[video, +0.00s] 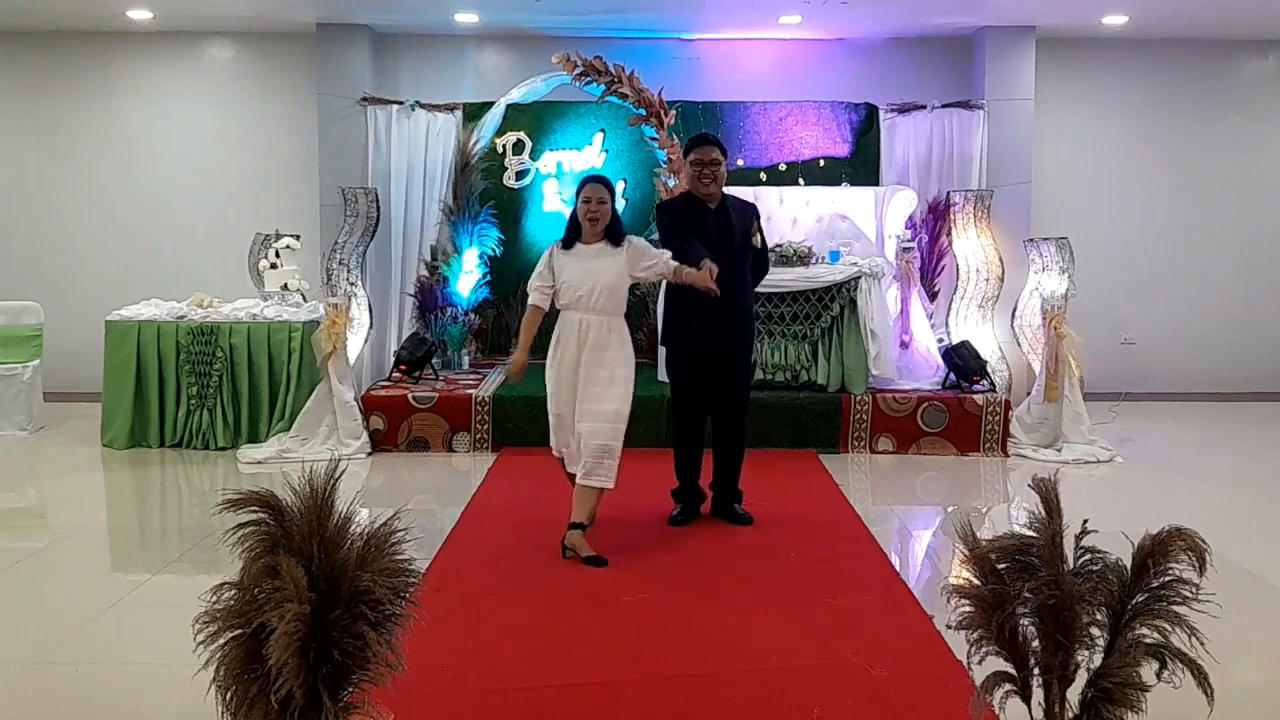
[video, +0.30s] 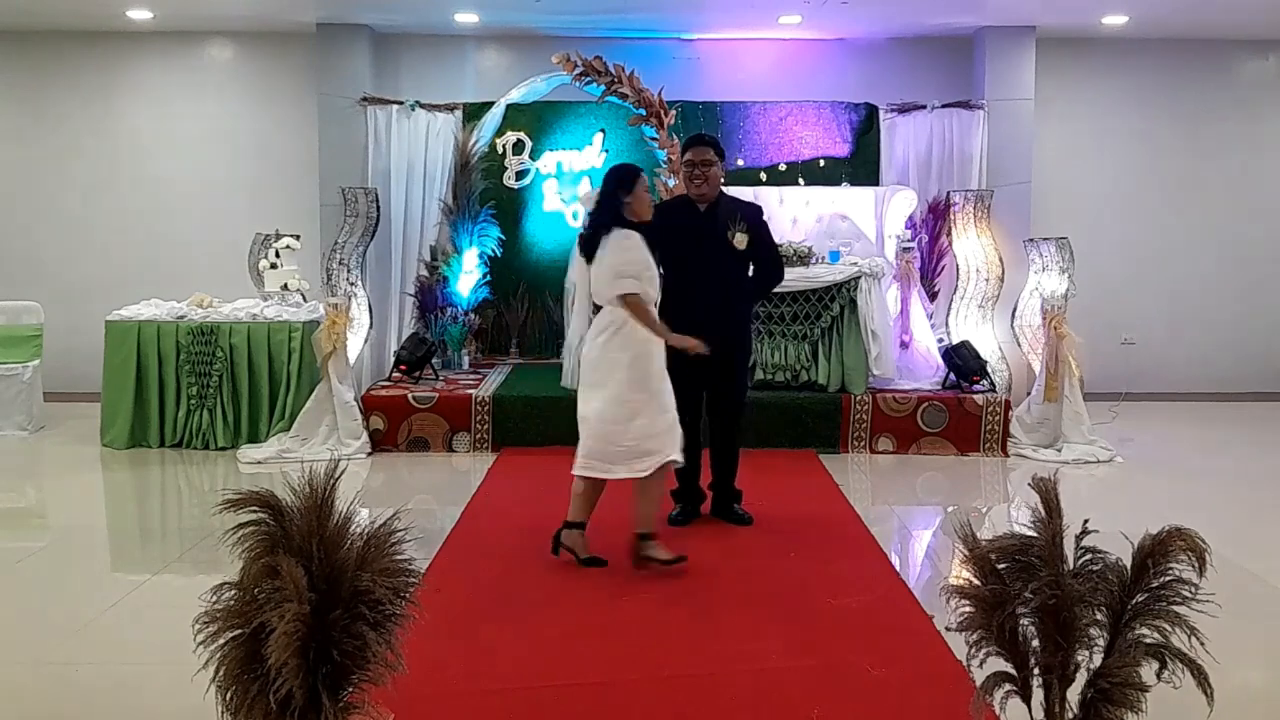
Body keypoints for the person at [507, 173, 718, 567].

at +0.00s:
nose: (593, 209)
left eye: (601, 202)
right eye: (586, 201)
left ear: (612, 208)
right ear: (576, 207)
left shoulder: (629, 249)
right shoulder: (557, 254)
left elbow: (669, 266)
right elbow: (537, 305)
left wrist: (695, 276)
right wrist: (521, 352)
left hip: (611, 350)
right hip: (569, 348)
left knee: (600, 437)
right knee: (566, 435)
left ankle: (576, 532)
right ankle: (585, 504)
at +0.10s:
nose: (604, 202)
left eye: (611, 194)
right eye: (596, 195)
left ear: (622, 201)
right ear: (584, 202)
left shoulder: (635, 250)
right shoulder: (566, 247)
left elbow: (651, 289)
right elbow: (548, 296)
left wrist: (678, 294)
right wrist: (555, 342)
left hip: (624, 350)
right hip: (579, 347)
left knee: (609, 439)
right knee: (567, 434)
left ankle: (579, 531)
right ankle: (554, 481)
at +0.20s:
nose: (622, 200)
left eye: (627, 193)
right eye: (613, 193)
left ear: (635, 200)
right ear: (598, 200)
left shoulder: (629, 247)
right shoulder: (591, 243)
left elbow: (620, 298)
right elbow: (570, 291)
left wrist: (650, 299)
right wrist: (608, 336)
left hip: (627, 361)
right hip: (602, 361)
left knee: (614, 442)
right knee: (596, 439)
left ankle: (579, 528)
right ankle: (560, 514)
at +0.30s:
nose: (651, 198)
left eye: (648, 190)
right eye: (644, 191)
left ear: (618, 198)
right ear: (625, 198)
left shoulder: (595, 241)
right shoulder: (626, 242)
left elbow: (580, 300)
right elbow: (630, 299)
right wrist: (670, 336)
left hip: (602, 357)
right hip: (630, 358)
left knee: (600, 442)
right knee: (657, 445)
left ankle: (572, 530)